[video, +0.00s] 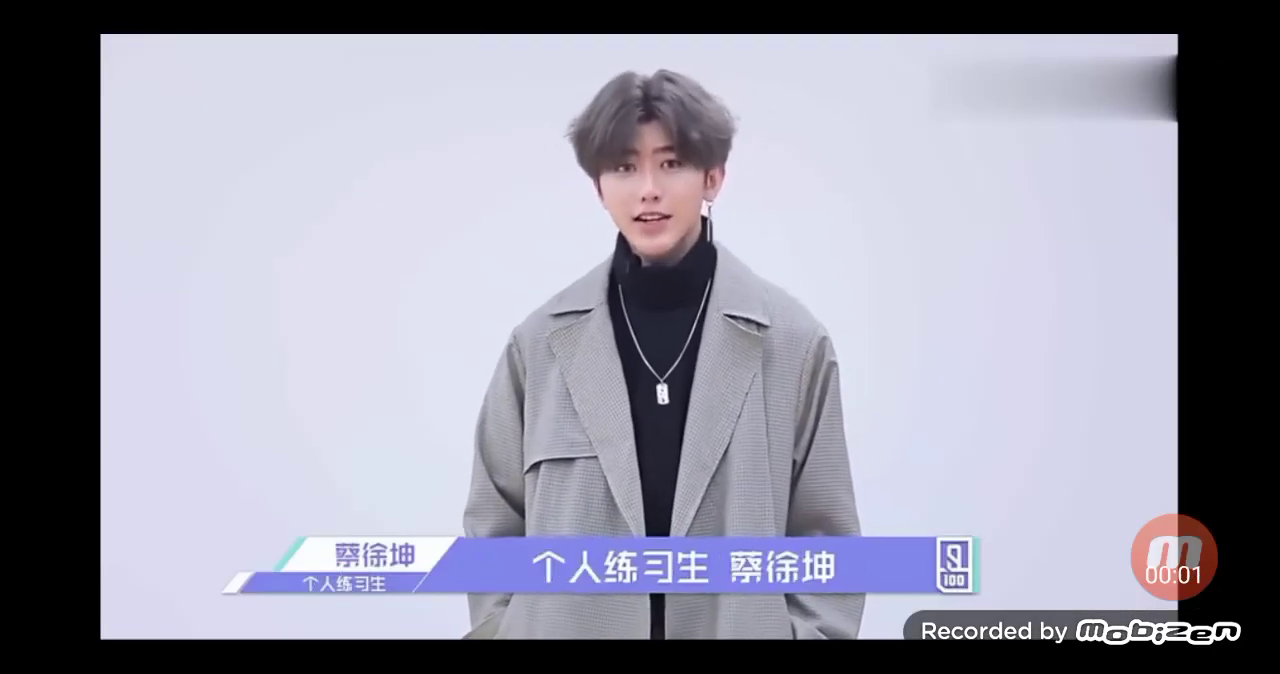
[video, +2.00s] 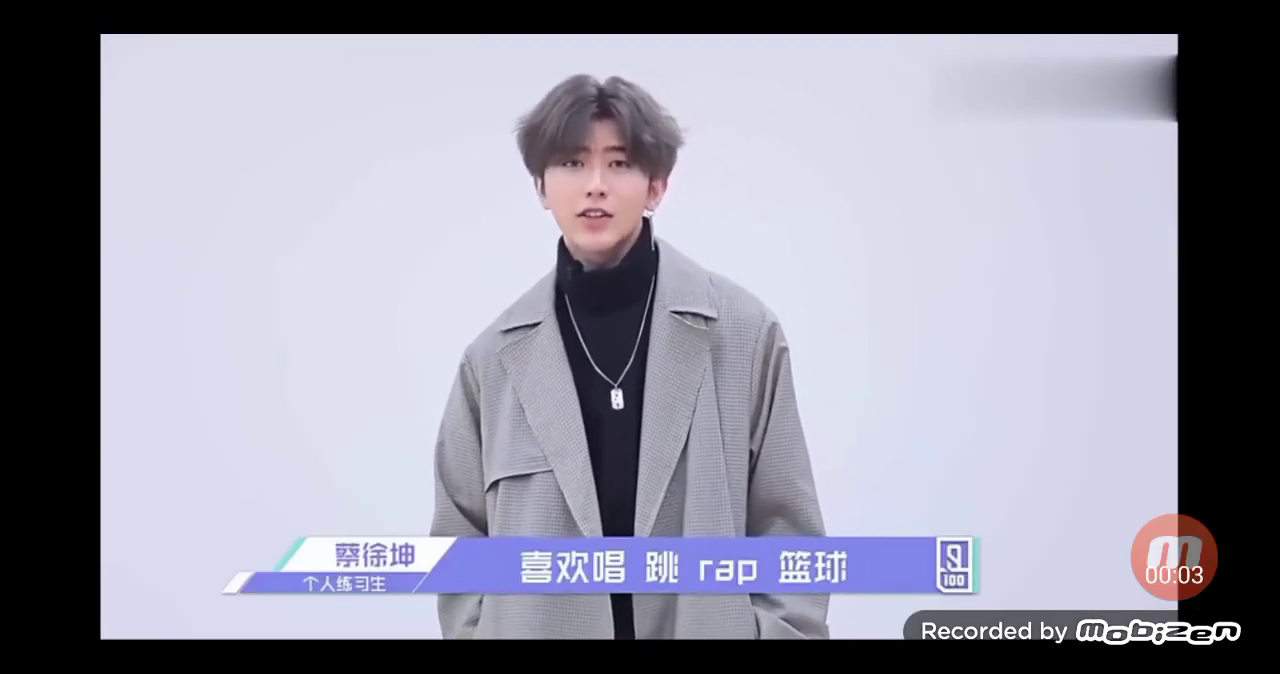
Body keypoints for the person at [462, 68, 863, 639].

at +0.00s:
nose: (649, 190)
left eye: (672, 164)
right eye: (625, 167)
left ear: (712, 180)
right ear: (599, 185)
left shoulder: (795, 341)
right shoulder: (535, 345)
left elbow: (830, 538)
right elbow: (490, 525)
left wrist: (809, 631)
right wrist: (500, 627)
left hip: (737, 630)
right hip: (569, 630)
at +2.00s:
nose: (595, 185)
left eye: (618, 164)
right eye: (572, 163)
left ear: (655, 188)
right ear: (542, 186)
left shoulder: (746, 333)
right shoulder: (489, 359)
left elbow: (791, 530)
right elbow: (455, 542)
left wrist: (776, 630)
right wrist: (476, 628)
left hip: (704, 629)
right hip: (541, 631)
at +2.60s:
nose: (579, 199)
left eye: (599, 170)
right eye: (553, 179)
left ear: (641, 184)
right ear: (530, 203)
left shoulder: (745, 332)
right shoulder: (494, 365)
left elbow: (793, 533)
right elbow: (463, 545)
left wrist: (778, 631)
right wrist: (481, 628)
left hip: (705, 629)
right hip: (545, 631)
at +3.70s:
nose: (726, 199)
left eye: (744, 172)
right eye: (701, 184)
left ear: (792, 184)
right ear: (682, 207)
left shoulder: (860, 355)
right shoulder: (618, 334)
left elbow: (886, 536)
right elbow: (554, 506)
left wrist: (872, 628)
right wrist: (585, 411)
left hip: (807, 630)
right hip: (656, 629)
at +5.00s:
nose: (466, 248)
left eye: (490, 228)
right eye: (463, 228)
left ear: (556, 242)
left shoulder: (654, 337)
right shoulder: (492, 382)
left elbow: (775, 446)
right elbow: (569, 501)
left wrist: (749, 556)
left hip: (677, 618)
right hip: (561, 626)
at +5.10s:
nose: (473, 235)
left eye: (500, 217)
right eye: (470, 215)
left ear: (563, 239)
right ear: (463, 221)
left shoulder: (653, 336)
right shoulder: (476, 389)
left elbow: (780, 441)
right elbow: (524, 520)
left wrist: (691, 531)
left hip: (670, 618)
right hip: (556, 627)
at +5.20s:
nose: (499, 209)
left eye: (526, 191)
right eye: (493, 189)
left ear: (587, 216)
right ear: (482, 199)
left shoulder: (665, 327)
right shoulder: (477, 355)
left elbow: (810, 410)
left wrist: (735, 538)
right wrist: (385, 606)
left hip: (675, 606)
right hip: (560, 619)